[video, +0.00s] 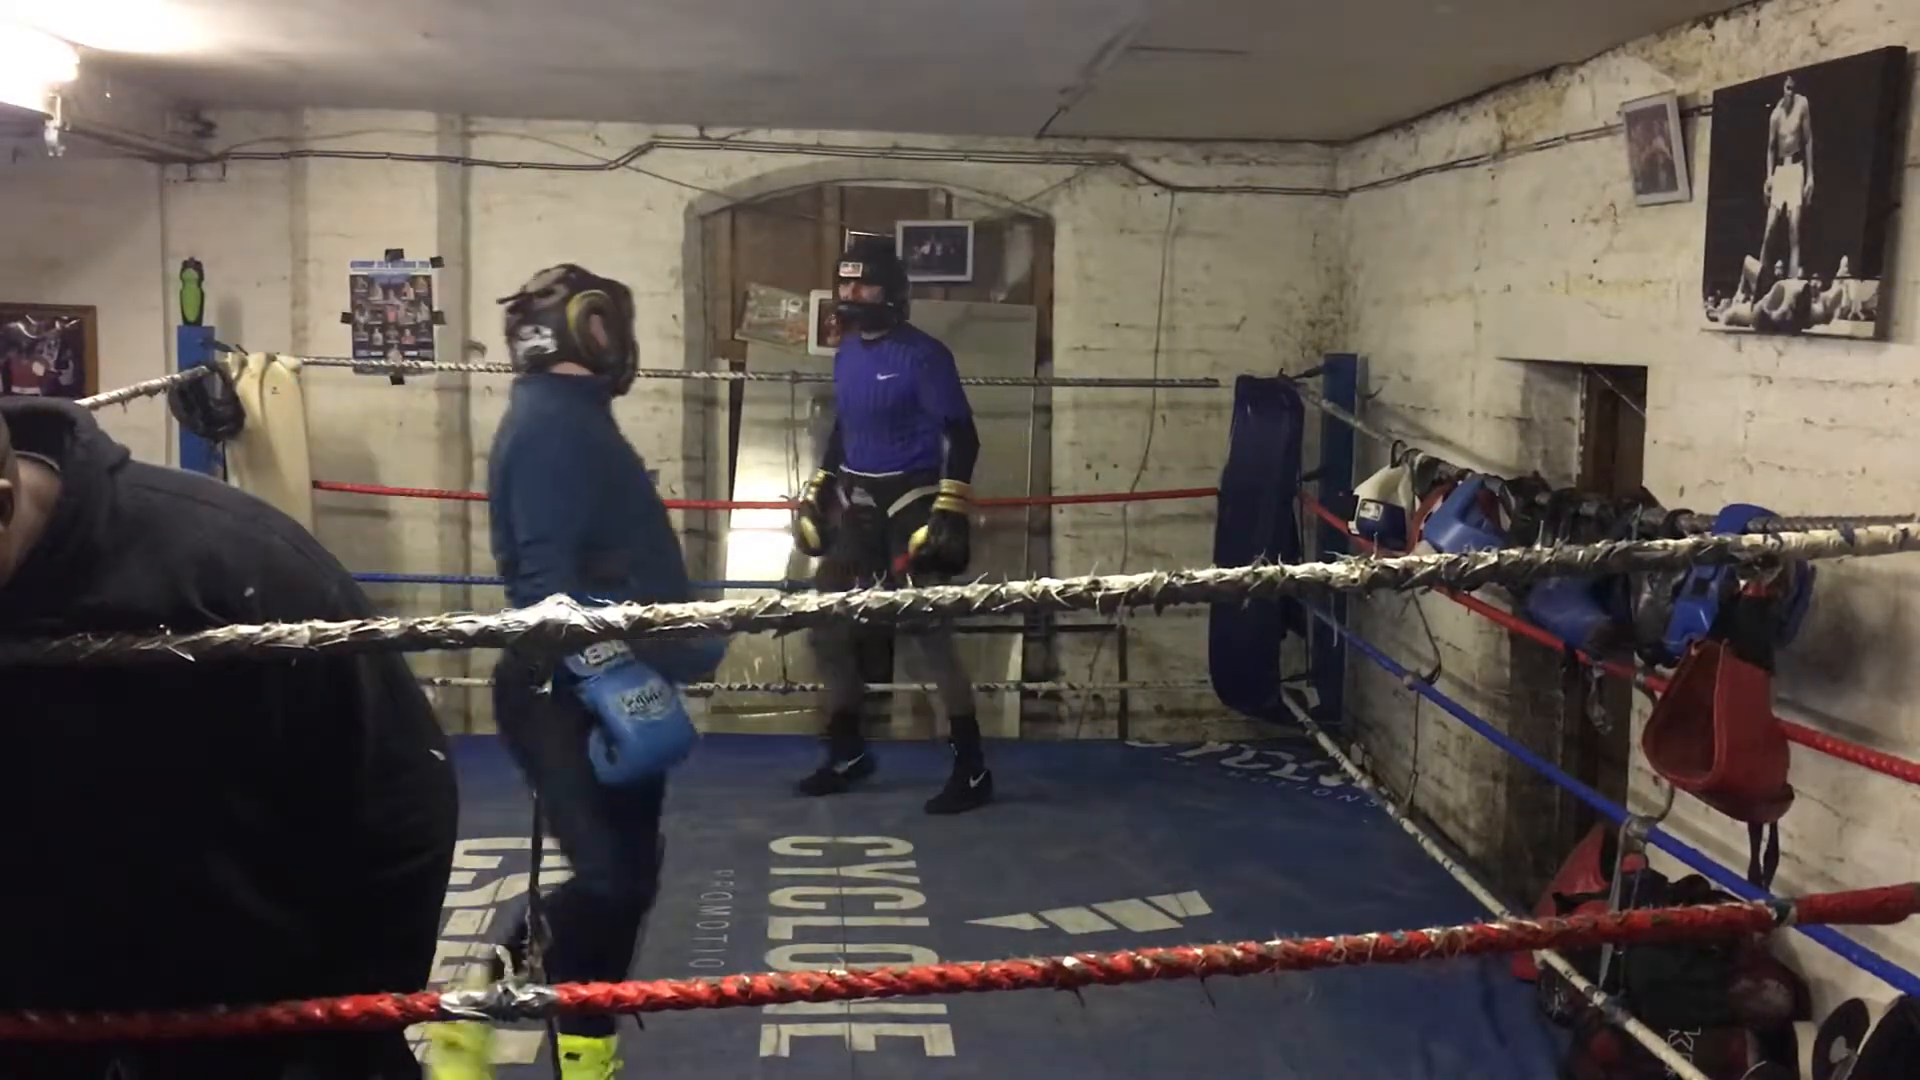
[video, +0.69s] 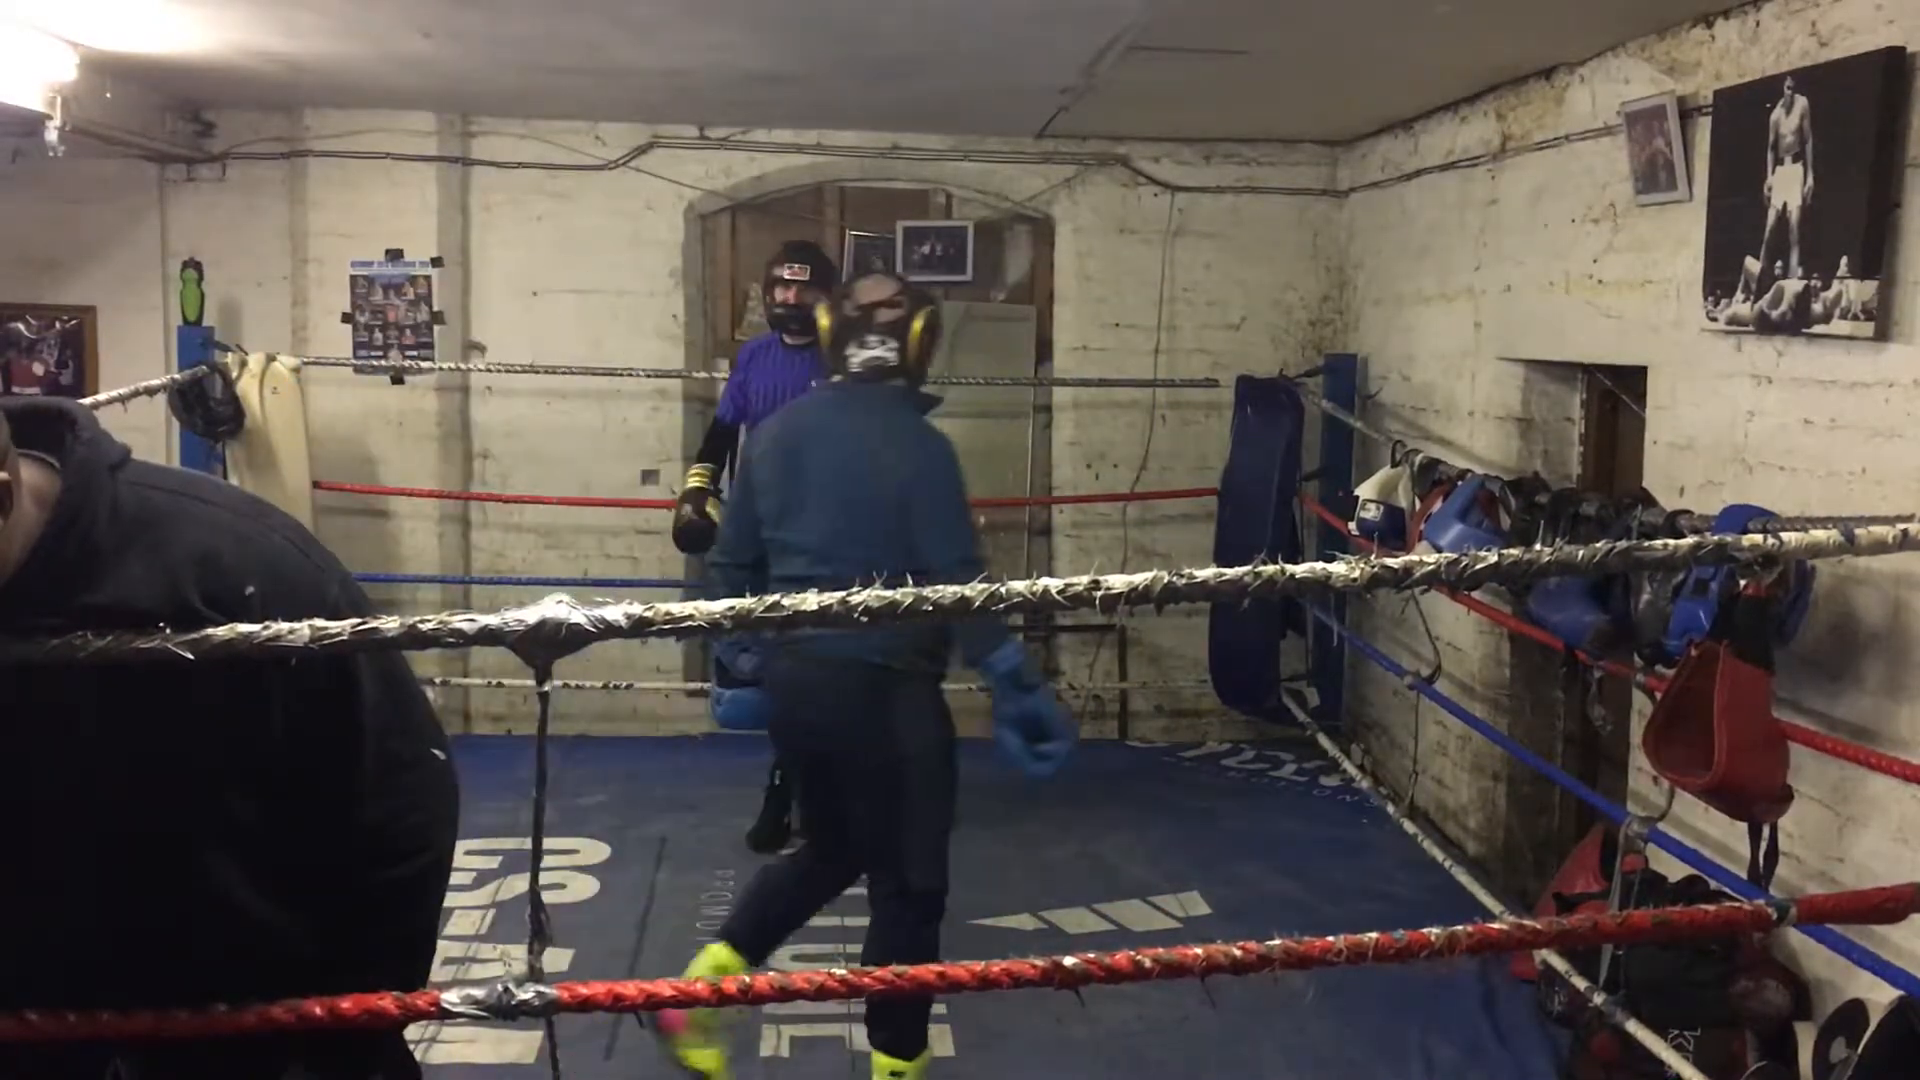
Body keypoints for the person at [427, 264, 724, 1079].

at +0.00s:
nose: (625, 338)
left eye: (619, 322)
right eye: (612, 322)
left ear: (552, 333)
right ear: (582, 329)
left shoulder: (571, 416)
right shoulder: (551, 423)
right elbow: (546, 578)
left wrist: (661, 656)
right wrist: (615, 685)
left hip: (602, 684)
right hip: (565, 688)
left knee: (618, 878)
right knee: (614, 881)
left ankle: (585, 1050)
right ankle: (465, 1008)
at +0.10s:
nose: (661, 336)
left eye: (658, 322)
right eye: (650, 320)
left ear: (593, 329)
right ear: (619, 325)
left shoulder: (607, 414)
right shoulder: (592, 419)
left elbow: (653, 562)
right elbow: (577, 562)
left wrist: (739, 595)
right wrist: (624, 674)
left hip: (616, 676)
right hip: (612, 682)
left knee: (614, 863)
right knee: (696, 861)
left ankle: (583, 1037)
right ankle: (590, 1024)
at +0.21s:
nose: (692, 337)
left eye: (691, 323)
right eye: (680, 322)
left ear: (620, 332)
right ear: (647, 329)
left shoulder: (621, 412)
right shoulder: (633, 421)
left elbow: (670, 542)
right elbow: (616, 558)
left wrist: (738, 554)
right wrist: (655, 674)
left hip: (620, 677)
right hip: (658, 680)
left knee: (619, 874)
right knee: (754, 858)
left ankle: (581, 1056)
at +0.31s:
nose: (742, 346)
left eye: (739, 331)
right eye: (733, 330)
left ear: (653, 336)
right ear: (706, 335)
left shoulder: (640, 416)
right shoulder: (682, 425)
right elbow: (668, 571)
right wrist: (710, 690)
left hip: (645, 673)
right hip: (695, 677)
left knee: (629, 871)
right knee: (783, 871)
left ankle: (583, 1051)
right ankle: (826, 1050)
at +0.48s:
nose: (825, 352)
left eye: (820, 335)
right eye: (815, 338)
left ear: (731, 361)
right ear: (791, 355)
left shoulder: (695, 444)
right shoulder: (789, 448)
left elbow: (711, 572)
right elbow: (800, 594)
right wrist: (842, 707)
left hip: (706, 689)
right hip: (780, 698)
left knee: (691, 883)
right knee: (852, 885)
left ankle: (598, 1054)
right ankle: (885, 1059)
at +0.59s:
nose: (886, 359)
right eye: (879, 345)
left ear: (786, 352)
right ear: (862, 351)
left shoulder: (736, 439)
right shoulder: (859, 444)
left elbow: (709, 576)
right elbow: (874, 587)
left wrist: (725, 664)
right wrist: (928, 699)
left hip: (753, 688)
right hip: (838, 693)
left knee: (761, 872)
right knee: (894, 880)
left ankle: (628, 1040)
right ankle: (894, 1061)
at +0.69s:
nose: (920, 352)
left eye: (912, 334)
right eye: (919, 339)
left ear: (834, 343)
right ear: (916, 346)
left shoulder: (772, 436)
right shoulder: (919, 446)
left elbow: (733, 563)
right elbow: (957, 581)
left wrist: (733, 670)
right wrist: (1014, 678)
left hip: (797, 685)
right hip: (893, 689)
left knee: (835, 844)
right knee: (912, 876)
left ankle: (712, 976)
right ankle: (896, 1058)